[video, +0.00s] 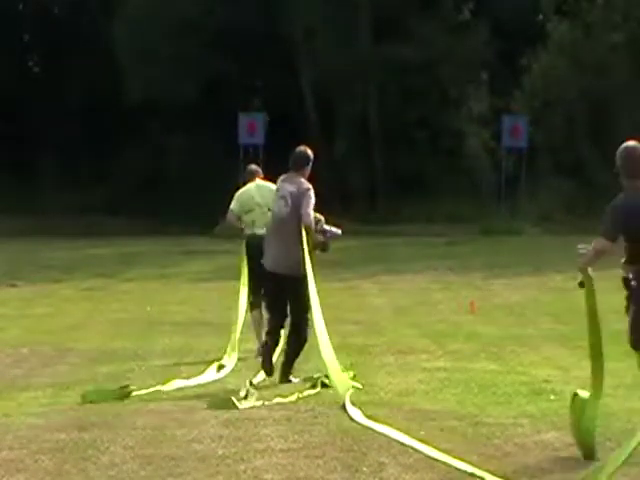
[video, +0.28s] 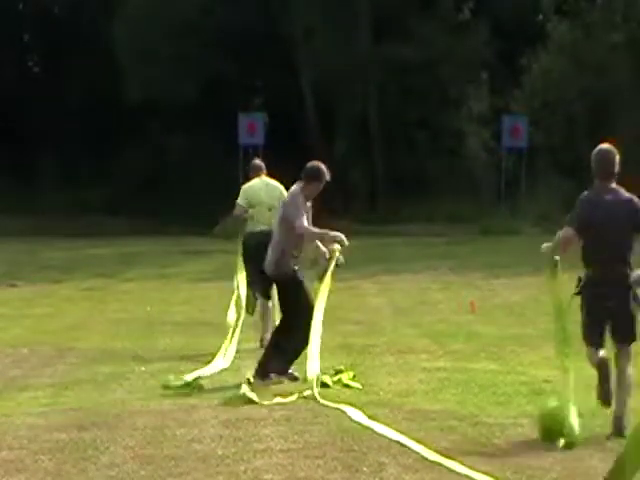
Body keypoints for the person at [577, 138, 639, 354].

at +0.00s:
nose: (617, 170)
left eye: (618, 165)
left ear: (620, 169)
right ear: (638, 167)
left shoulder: (624, 204)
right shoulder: (625, 203)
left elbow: (604, 244)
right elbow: (606, 243)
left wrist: (585, 262)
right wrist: (590, 256)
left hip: (635, 273)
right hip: (634, 272)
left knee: (637, 339)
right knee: (636, 339)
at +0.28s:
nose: (602, 171)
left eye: (598, 165)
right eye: (612, 165)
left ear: (593, 168)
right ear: (617, 168)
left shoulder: (587, 202)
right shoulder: (631, 204)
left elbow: (570, 235)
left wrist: (553, 248)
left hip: (594, 280)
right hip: (623, 280)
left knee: (593, 344)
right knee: (623, 352)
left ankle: (601, 363)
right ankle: (619, 419)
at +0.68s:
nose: (555, 168)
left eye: (547, 164)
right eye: (560, 161)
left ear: (542, 164)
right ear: (565, 164)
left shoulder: (534, 196)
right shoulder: (575, 196)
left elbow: (521, 225)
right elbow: (598, 230)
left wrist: (503, 244)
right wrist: (591, 257)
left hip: (542, 264)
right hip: (568, 263)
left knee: (541, 330)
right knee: (561, 332)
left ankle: (552, 353)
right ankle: (554, 395)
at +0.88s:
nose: (523, 173)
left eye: (519, 169)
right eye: (529, 168)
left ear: (514, 172)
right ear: (535, 171)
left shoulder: (516, 204)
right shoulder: (550, 199)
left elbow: (495, 237)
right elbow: (567, 228)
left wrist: (486, 259)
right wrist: (564, 258)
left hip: (525, 270)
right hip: (551, 268)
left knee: (525, 338)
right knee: (544, 334)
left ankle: (534, 392)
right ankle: (550, 350)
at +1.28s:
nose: (477, 178)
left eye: (473, 174)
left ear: (472, 175)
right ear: (492, 173)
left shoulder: (476, 203)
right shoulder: (508, 197)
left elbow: (463, 239)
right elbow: (526, 228)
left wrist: (453, 266)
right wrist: (527, 258)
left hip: (488, 263)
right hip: (511, 261)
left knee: (485, 323)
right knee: (502, 321)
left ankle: (489, 372)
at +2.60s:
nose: (434, 175)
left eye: (428, 173)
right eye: (435, 171)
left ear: (420, 174)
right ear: (435, 172)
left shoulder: (417, 195)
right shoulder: (447, 191)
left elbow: (407, 217)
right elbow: (461, 214)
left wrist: (399, 215)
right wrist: (465, 231)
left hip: (425, 240)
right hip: (442, 239)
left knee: (423, 286)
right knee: (438, 279)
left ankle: (420, 329)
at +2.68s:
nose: (442, 177)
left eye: (441, 174)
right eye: (442, 174)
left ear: (426, 175)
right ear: (440, 174)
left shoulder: (417, 194)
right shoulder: (447, 192)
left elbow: (402, 214)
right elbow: (457, 211)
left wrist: (403, 219)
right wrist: (465, 221)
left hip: (425, 239)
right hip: (442, 239)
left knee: (421, 280)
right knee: (442, 275)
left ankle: (418, 314)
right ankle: (439, 299)